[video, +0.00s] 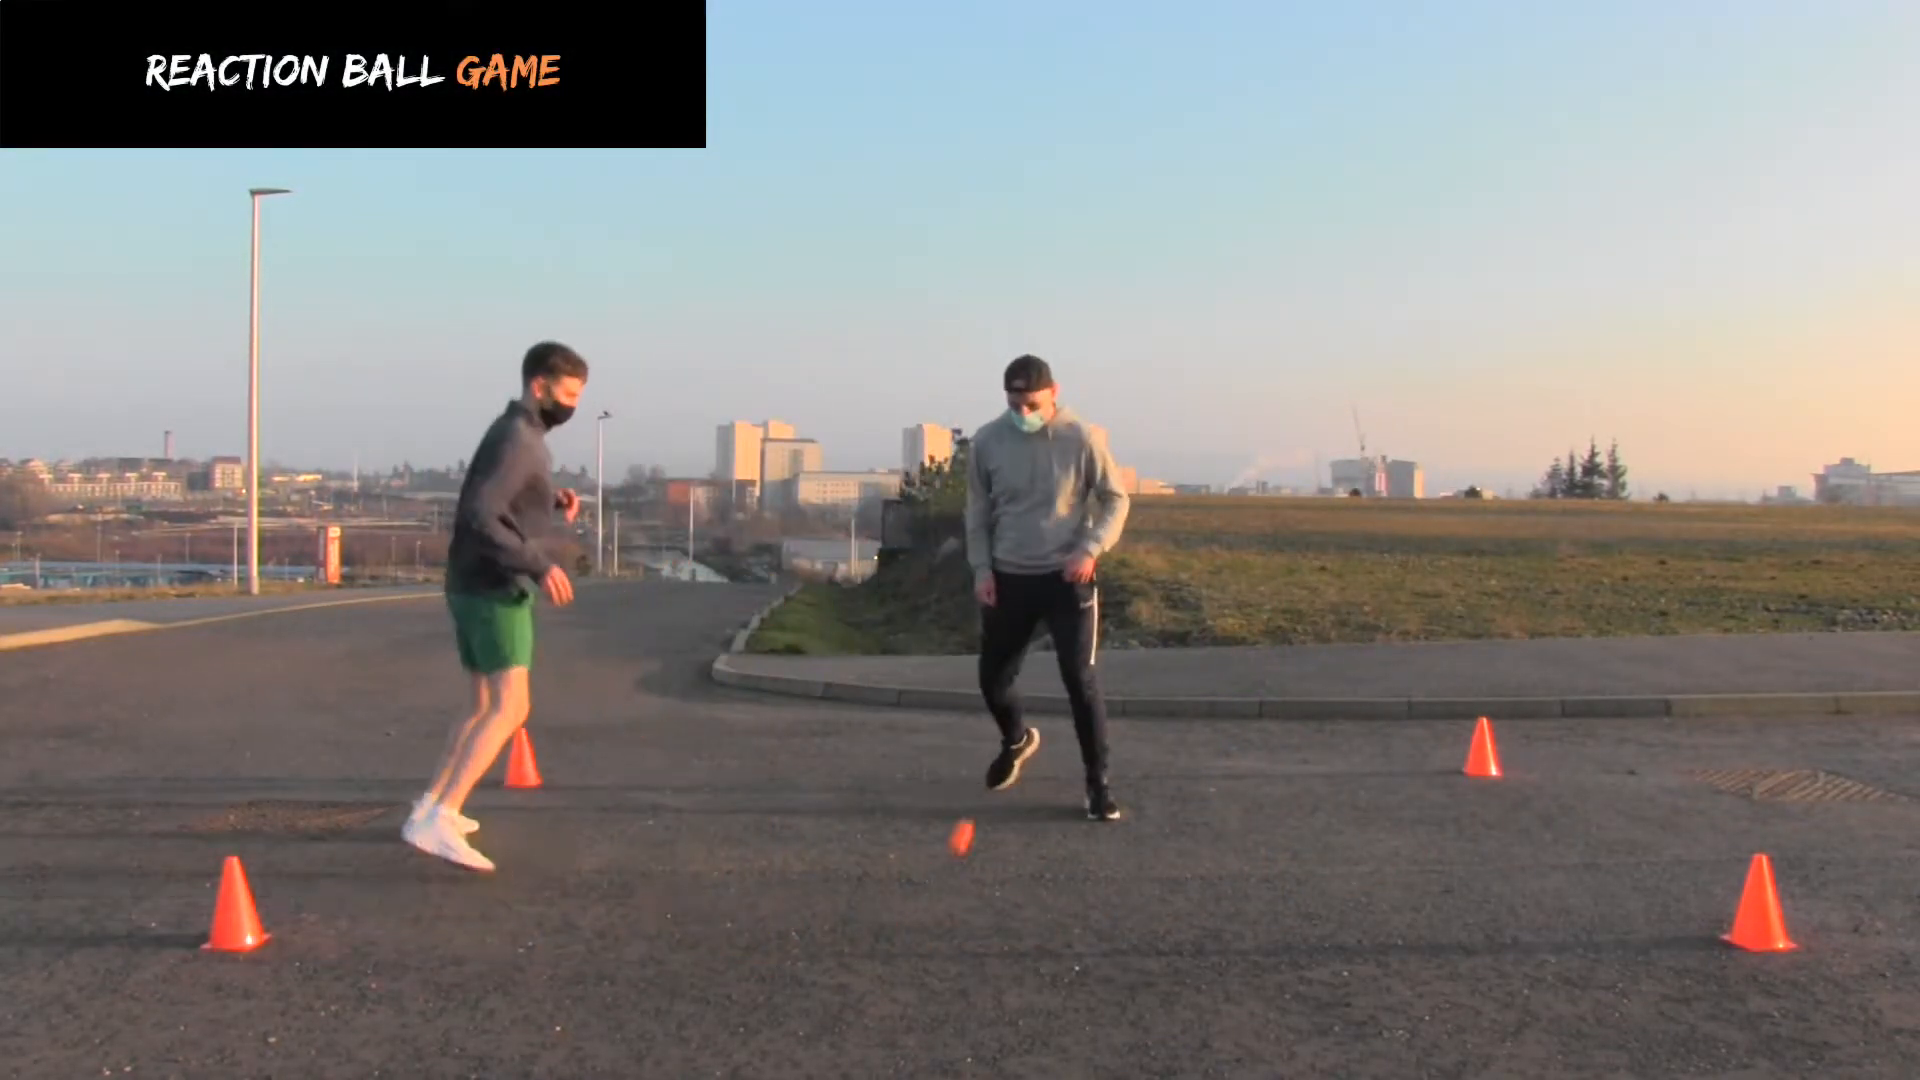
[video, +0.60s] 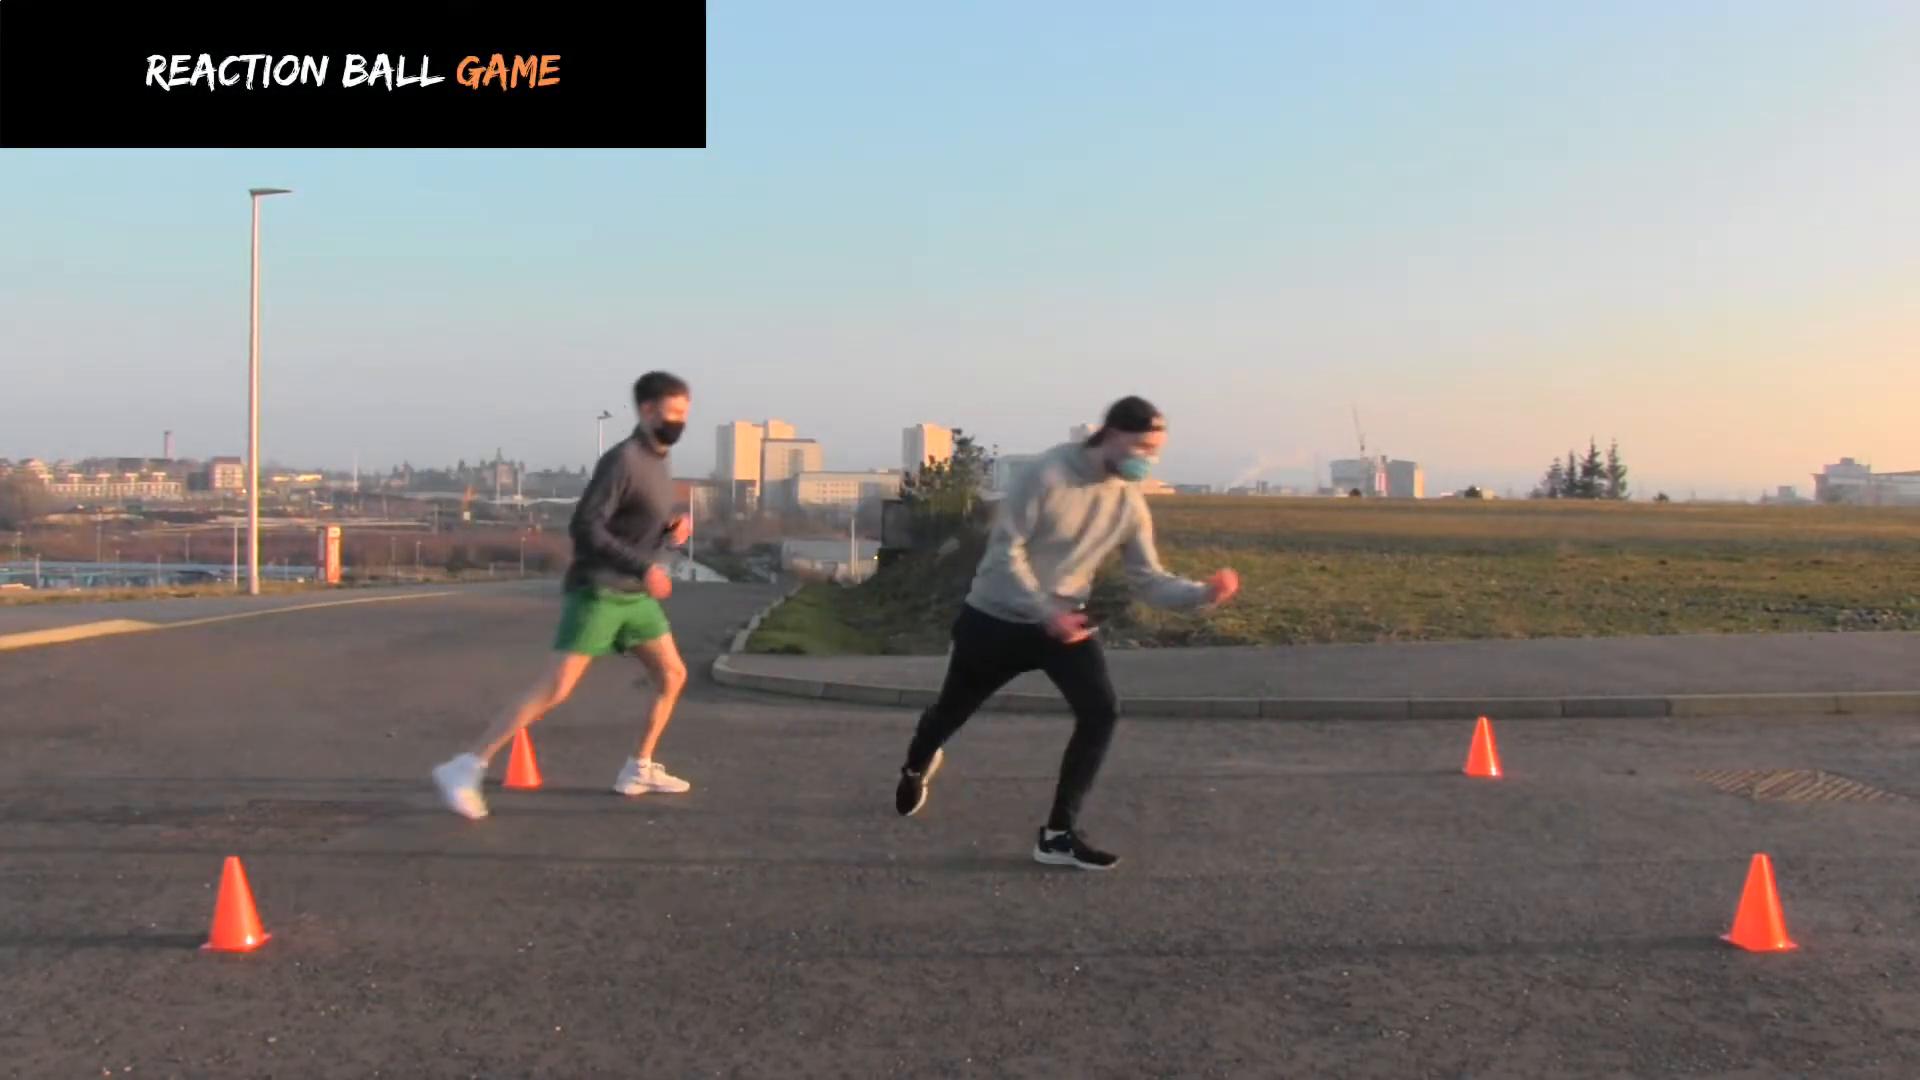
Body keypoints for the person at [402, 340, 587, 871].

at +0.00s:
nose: (576, 402)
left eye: (579, 393)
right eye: (571, 391)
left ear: (542, 387)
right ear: (539, 384)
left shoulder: (518, 430)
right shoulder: (518, 438)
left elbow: (505, 498)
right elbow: (481, 513)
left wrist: (549, 500)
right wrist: (539, 565)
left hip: (477, 585)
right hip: (495, 588)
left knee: (487, 705)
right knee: (512, 704)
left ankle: (433, 807)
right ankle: (441, 816)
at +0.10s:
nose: (582, 386)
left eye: (586, 377)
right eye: (578, 374)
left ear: (554, 369)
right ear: (546, 366)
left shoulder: (536, 412)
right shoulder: (519, 412)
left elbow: (510, 473)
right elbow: (474, 486)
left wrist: (552, 477)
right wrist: (530, 539)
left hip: (509, 565)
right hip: (494, 567)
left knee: (514, 686)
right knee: (511, 688)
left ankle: (442, 787)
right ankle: (437, 789)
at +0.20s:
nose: (590, 389)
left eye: (595, 380)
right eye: (586, 377)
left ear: (563, 374)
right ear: (555, 368)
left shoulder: (549, 414)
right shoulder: (525, 411)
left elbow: (521, 468)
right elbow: (479, 475)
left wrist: (560, 477)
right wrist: (530, 533)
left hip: (532, 564)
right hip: (502, 568)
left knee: (554, 664)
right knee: (503, 687)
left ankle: (489, 757)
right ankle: (435, 776)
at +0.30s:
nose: (599, 409)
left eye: (602, 400)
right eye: (593, 398)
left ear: (573, 397)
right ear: (562, 391)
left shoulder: (557, 441)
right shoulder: (530, 435)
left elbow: (530, 501)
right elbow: (492, 505)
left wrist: (568, 506)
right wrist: (540, 558)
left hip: (538, 586)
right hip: (500, 589)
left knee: (582, 666)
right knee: (493, 705)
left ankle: (547, 765)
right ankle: (426, 785)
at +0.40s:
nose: (616, 444)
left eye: (619, 435)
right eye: (609, 434)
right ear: (579, 432)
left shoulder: (582, 484)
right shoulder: (549, 482)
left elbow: (561, 538)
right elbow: (519, 550)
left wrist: (595, 549)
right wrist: (573, 602)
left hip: (550, 612)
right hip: (511, 617)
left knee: (608, 681)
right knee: (498, 729)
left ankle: (624, 767)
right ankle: (418, 797)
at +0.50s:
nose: (639, 447)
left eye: (642, 438)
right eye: (632, 438)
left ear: (636, 436)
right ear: (604, 433)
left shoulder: (611, 484)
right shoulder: (575, 484)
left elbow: (591, 539)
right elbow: (541, 553)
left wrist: (621, 548)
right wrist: (606, 595)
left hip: (582, 612)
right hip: (541, 617)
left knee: (638, 678)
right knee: (510, 716)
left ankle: (635, 768)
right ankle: (421, 793)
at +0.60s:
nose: (678, 425)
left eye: (683, 416)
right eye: (670, 415)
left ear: (685, 414)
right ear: (644, 411)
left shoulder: (661, 464)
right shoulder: (621, 461)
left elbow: (642, 528)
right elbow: (587, 529)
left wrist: (669, 531)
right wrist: (641, 568)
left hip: (636, 594)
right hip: (596, 593)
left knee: (673, 675)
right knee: (557, 688)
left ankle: (640, 767)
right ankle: (466, 769)